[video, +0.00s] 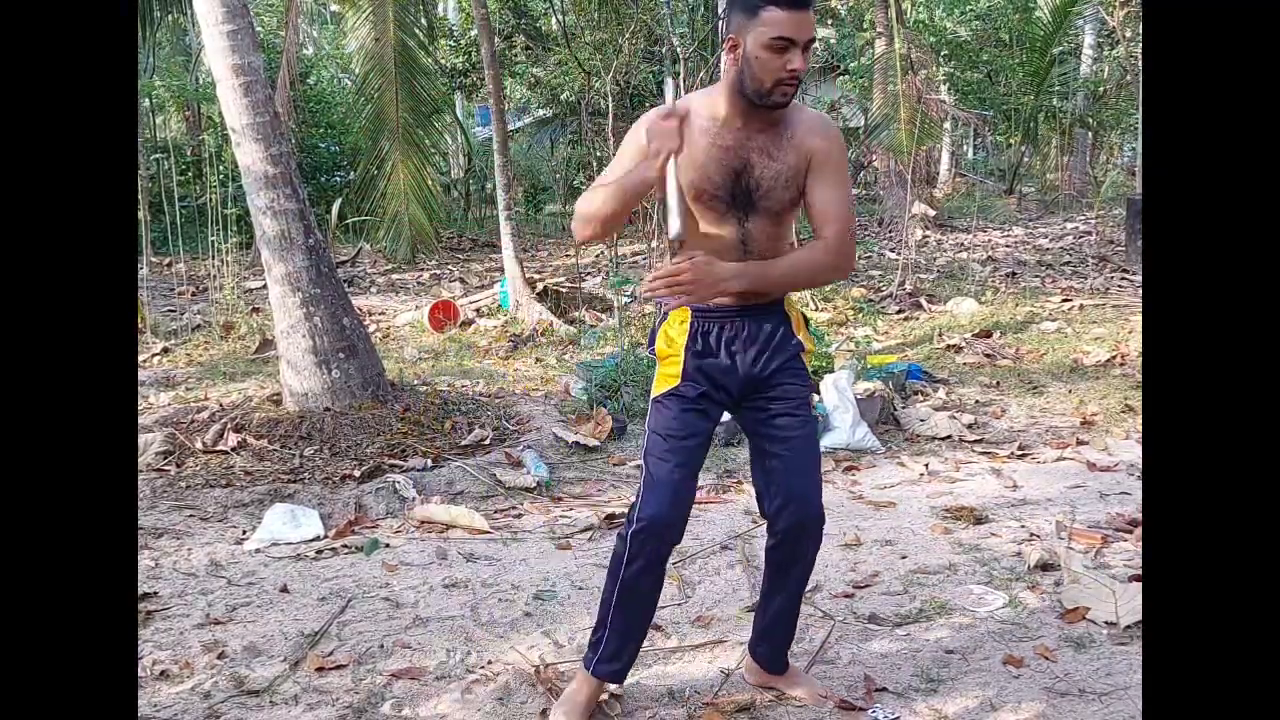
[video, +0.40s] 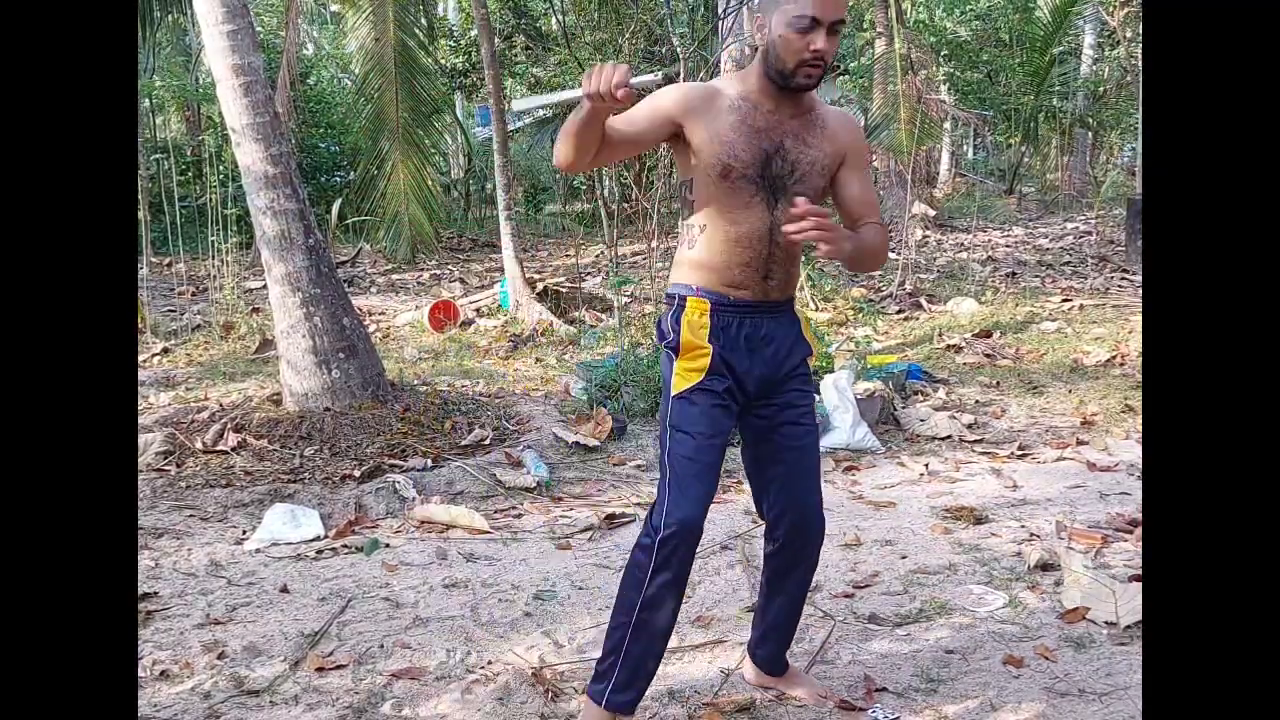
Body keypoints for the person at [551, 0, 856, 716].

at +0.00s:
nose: (798, 66)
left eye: (806, 49)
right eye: (781, 48)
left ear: (810, 48)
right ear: (732, 45)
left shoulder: (815, 135)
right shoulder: (672, 123)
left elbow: (837, 255)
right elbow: (587, 226)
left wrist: (730, 278)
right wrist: (646, 163)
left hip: (776, 344)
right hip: (692, 343)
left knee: (800, 518)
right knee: (658, 516)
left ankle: (769, 665)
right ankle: (596, 678)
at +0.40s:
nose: (823, 46)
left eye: (835, 30)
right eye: (807, 26)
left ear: (841, 34)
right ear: (760, 22)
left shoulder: (839, 129)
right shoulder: (693, 103)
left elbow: (873, 247)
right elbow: (574, 157)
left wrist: (839, 240)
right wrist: (595, 106)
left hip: (780, 334)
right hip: (701, 329)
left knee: (801, 521)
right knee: (680, 517)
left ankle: (768, 662)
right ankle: (609, 700)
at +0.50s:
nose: (809, 56)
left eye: (824, 38)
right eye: (791, 34)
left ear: (835, 41)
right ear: (747, 29)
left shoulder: (826, 140)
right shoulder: (689, 108)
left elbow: (877, 233)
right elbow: (560, 155)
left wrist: (916, 222)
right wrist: (643, 134)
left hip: (763, 345)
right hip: (686, 339)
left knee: (801, 533)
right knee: (663, 541)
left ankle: (768, 662)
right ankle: (614, 711)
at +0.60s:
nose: (783, 72)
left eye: (800, 55)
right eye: (766, 49)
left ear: (813, 58)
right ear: (728, 43)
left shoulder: (793, 142)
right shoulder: (682, 128)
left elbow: (878, 215)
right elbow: (649, 253)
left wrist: (939, 168)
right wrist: (770, 219)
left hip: (739, 359)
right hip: (668, 355)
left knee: (800, 537)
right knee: (645, 563)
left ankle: (768, 666)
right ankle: (585, 714)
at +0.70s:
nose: (734, 86)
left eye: (756, 72)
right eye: (718, 63)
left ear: (772, 77)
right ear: (685, 59)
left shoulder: (735, 142)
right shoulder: (669, 150)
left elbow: (836, 162)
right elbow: (734, 287)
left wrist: (898, 98)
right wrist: (777, 196)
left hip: (694, 381)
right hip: (623, 385)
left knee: (768, 541)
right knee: (610, 593)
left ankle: (768, 666)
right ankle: (561, 716)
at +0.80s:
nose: (671, 84)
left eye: (696, 68)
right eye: (656, 59)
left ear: (715, 69)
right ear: (626, 49)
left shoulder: (696, 131)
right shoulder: (599, 145)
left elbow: (797, 137)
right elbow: (669, 286)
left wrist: (868, 85)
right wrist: (744, 215)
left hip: (638, 381)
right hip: (560, 385)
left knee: (714, 558)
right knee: (574, 600)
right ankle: (544, 717)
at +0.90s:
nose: (609, 98)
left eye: (634, 80)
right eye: (594, 73)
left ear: (664, 79)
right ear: (569, 64)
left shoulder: (683, 145)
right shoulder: (530, 169)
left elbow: (797, 159)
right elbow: (511, 313)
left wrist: (890, 140)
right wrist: (597, 400)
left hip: (614, 385)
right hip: (532, 387)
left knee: (612, 607)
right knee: (556, 605)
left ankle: (461, 636)